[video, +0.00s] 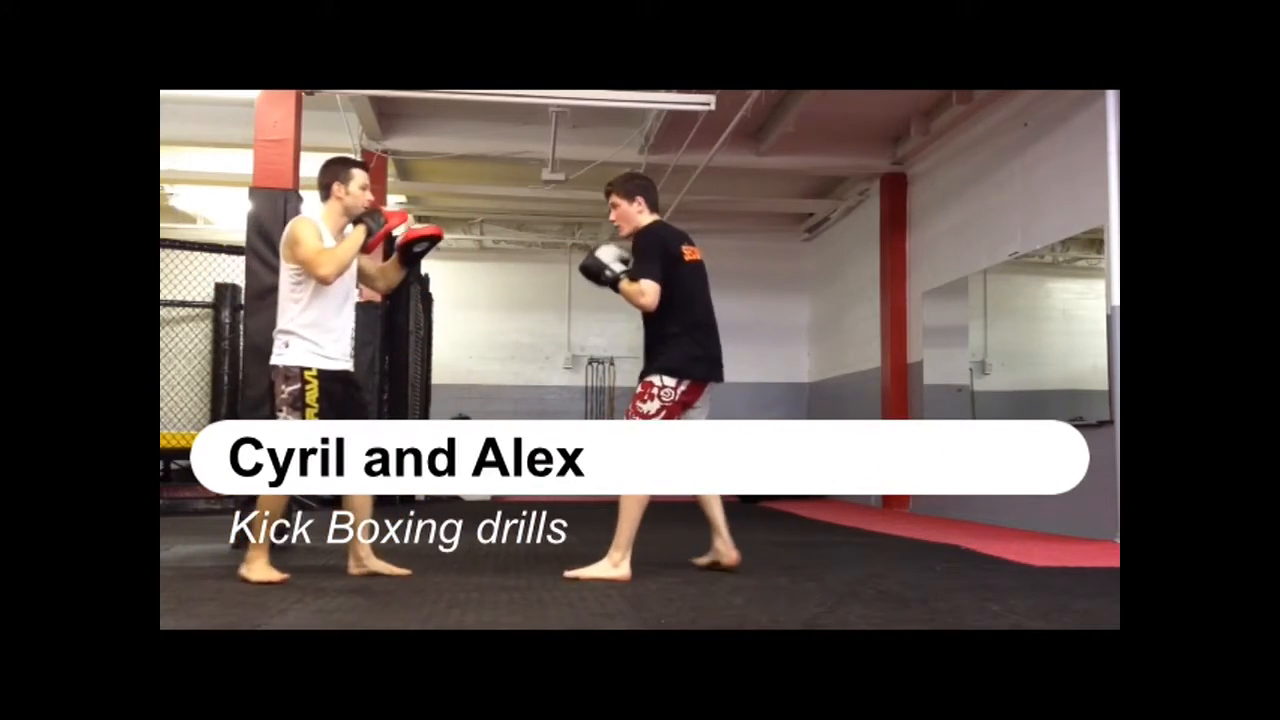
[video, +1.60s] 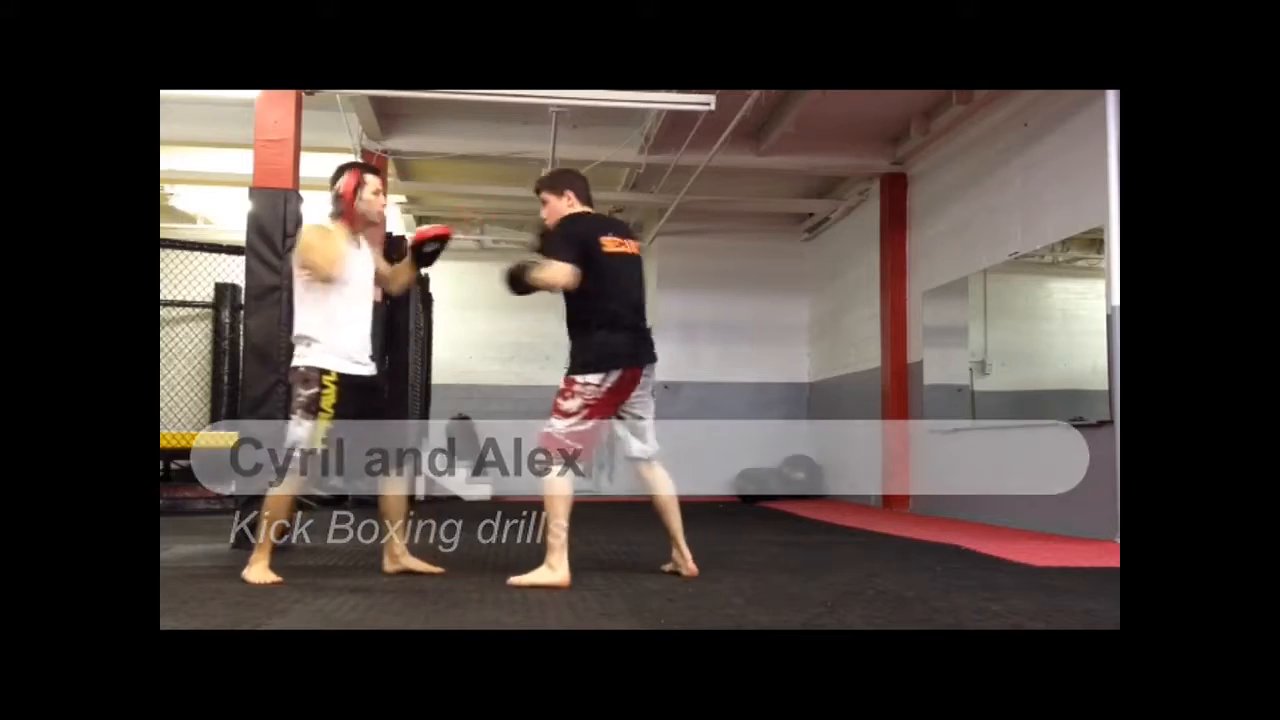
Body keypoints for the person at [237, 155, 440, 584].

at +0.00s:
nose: (369, 197)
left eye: (369, 190)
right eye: (362, 188)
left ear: (344, 193)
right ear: (336, 189)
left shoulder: (347, 240)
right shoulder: (302, 228)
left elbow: (384, 280)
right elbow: (325, 269)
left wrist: (406, 251)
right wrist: (363, 229)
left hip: (339, 365)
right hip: (300, 363)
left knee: (362, 456)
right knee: (288, 460)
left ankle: (361, 552)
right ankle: (256, 556)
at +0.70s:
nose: (422, 202)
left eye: (422, 194)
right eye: (415, 194)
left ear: (399, 198)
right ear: (392, 197)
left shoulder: (401, 242)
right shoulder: (365, 236)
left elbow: (423, 291)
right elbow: (381, 279)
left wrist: (451, 267)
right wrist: (414, 238)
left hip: (398, 369)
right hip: (363, 369)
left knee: (424, 459)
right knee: (342, 463)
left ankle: (423, 549)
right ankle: (271, 542)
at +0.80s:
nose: (435, 207)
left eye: (435, 200)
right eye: (429, 199)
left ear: (402, 203)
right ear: (405, 201)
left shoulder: (380, 240)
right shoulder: (397, 231)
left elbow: (394, 297)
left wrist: (434, 286)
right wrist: (467, 221)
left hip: (386, 367)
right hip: (372, 368)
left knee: (415, 459)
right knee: (343, 463)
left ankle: (422, 548)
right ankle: (273, 541)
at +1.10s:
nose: (429, 214)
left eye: (432, 207)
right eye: (423, 204)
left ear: (419, 211)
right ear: (397, 202)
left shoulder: (408, 249)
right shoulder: (373, 233)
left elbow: (439, 296)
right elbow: (402, 264)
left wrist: (459, 270)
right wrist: (439, 225)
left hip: (389, 371)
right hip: (352, 367)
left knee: (423, 455)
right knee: (323, 460)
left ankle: (422, 549)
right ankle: (264, 551)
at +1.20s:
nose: (412, 209)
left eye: (414, 202)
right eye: (405, 201)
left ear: (403, 207)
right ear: (377, 203)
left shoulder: (399, 247)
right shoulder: (351, 237)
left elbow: (438, 279)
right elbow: (348, 280)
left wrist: (455, 247)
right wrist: (400, 251)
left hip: (384, 375)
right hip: (341, 373)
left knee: (421, 455)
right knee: (307, 466)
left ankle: (423, 550)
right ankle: (261, 559)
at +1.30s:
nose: (391, 205)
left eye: (392, 198)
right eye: (384, 197)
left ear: (372, 201)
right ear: (358, 199)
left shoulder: (383, 243)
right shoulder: (326, 236)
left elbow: (418, 273)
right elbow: (309, 282)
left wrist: (450, 248)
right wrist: (366, 260)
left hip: (376, 369)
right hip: (326, 369)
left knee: (414, 452)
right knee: (298, 465)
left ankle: (423, 543)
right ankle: (260, 559)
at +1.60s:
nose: (380, 201)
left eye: (382, 194)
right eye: (372, 192)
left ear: (379, 201)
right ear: (347, 195)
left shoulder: (367, 247)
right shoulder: (314, 235)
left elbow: (396, 284)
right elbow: (326, 267)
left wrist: (412, 254)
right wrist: (353, 221)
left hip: (362, 367)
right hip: (318, 364)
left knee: (395, 451)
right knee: (300, 459)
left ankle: (396, 550)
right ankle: (260, 559)